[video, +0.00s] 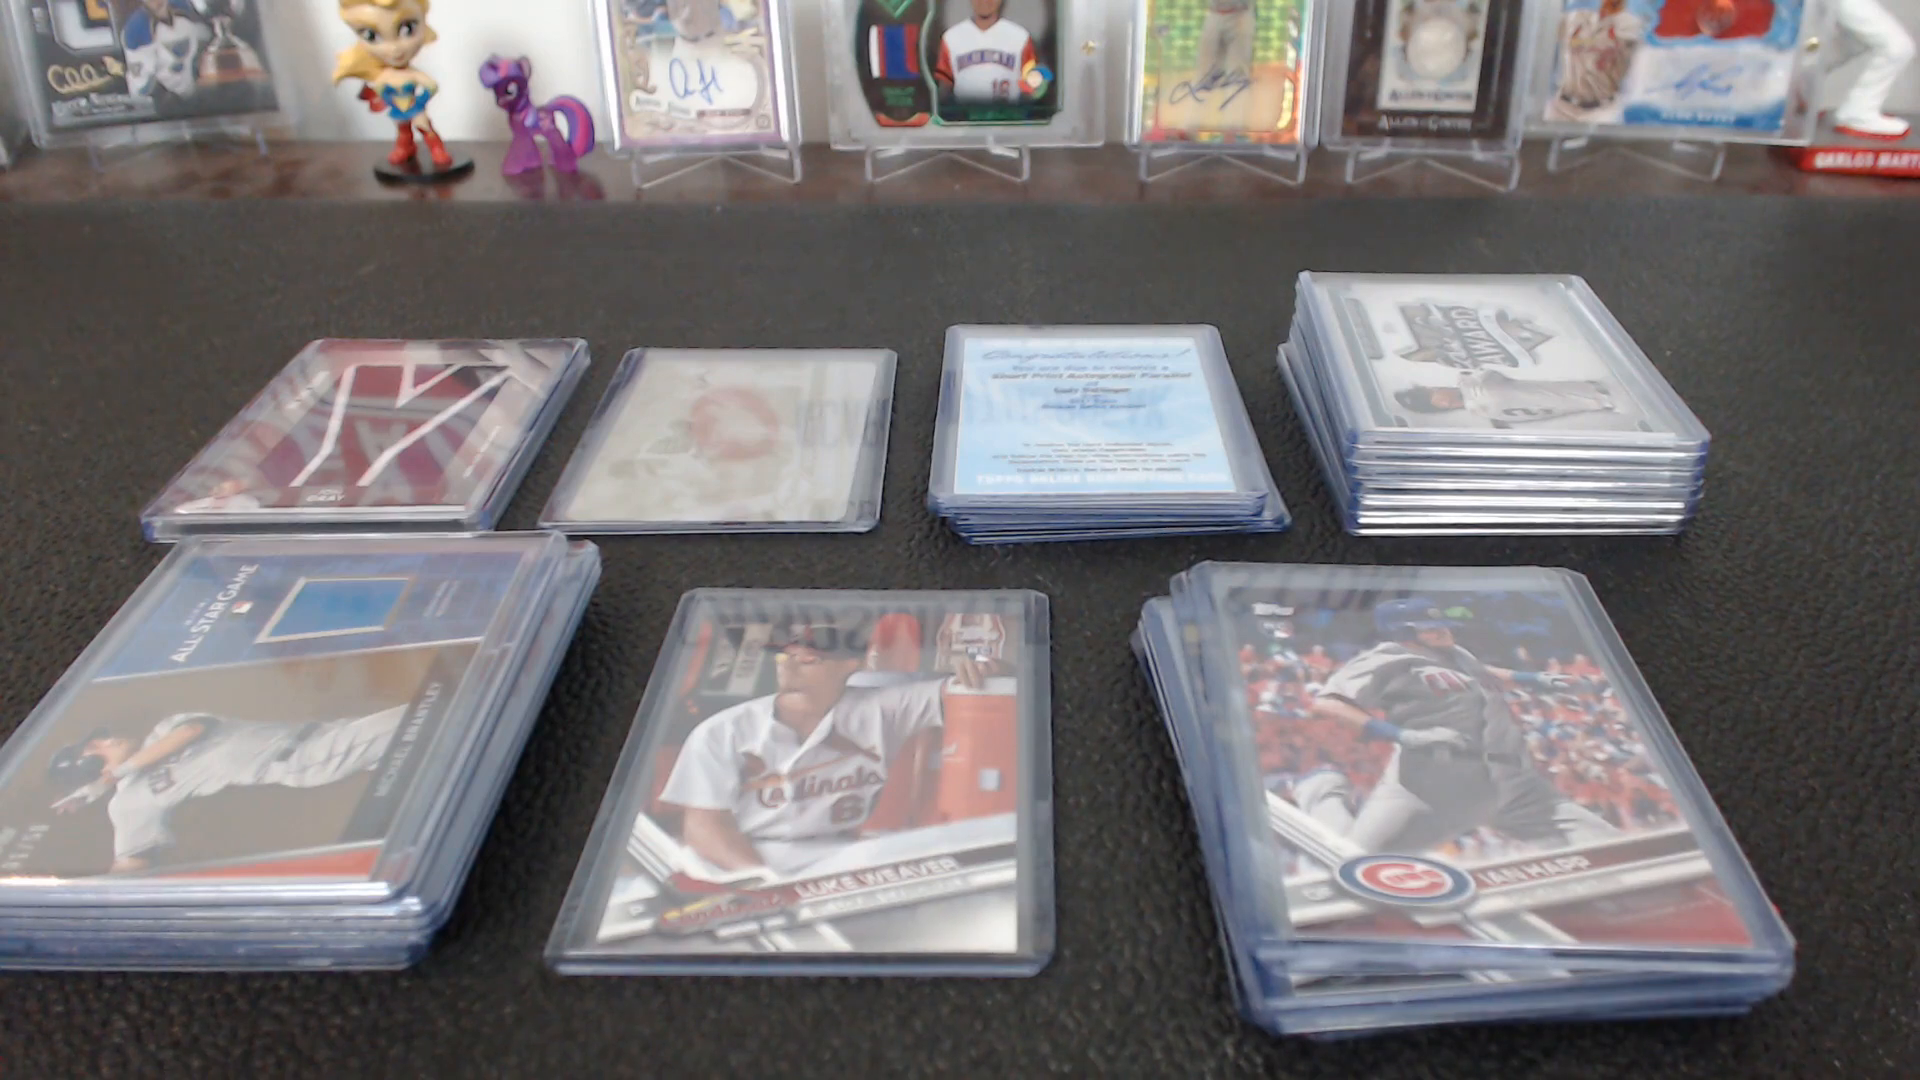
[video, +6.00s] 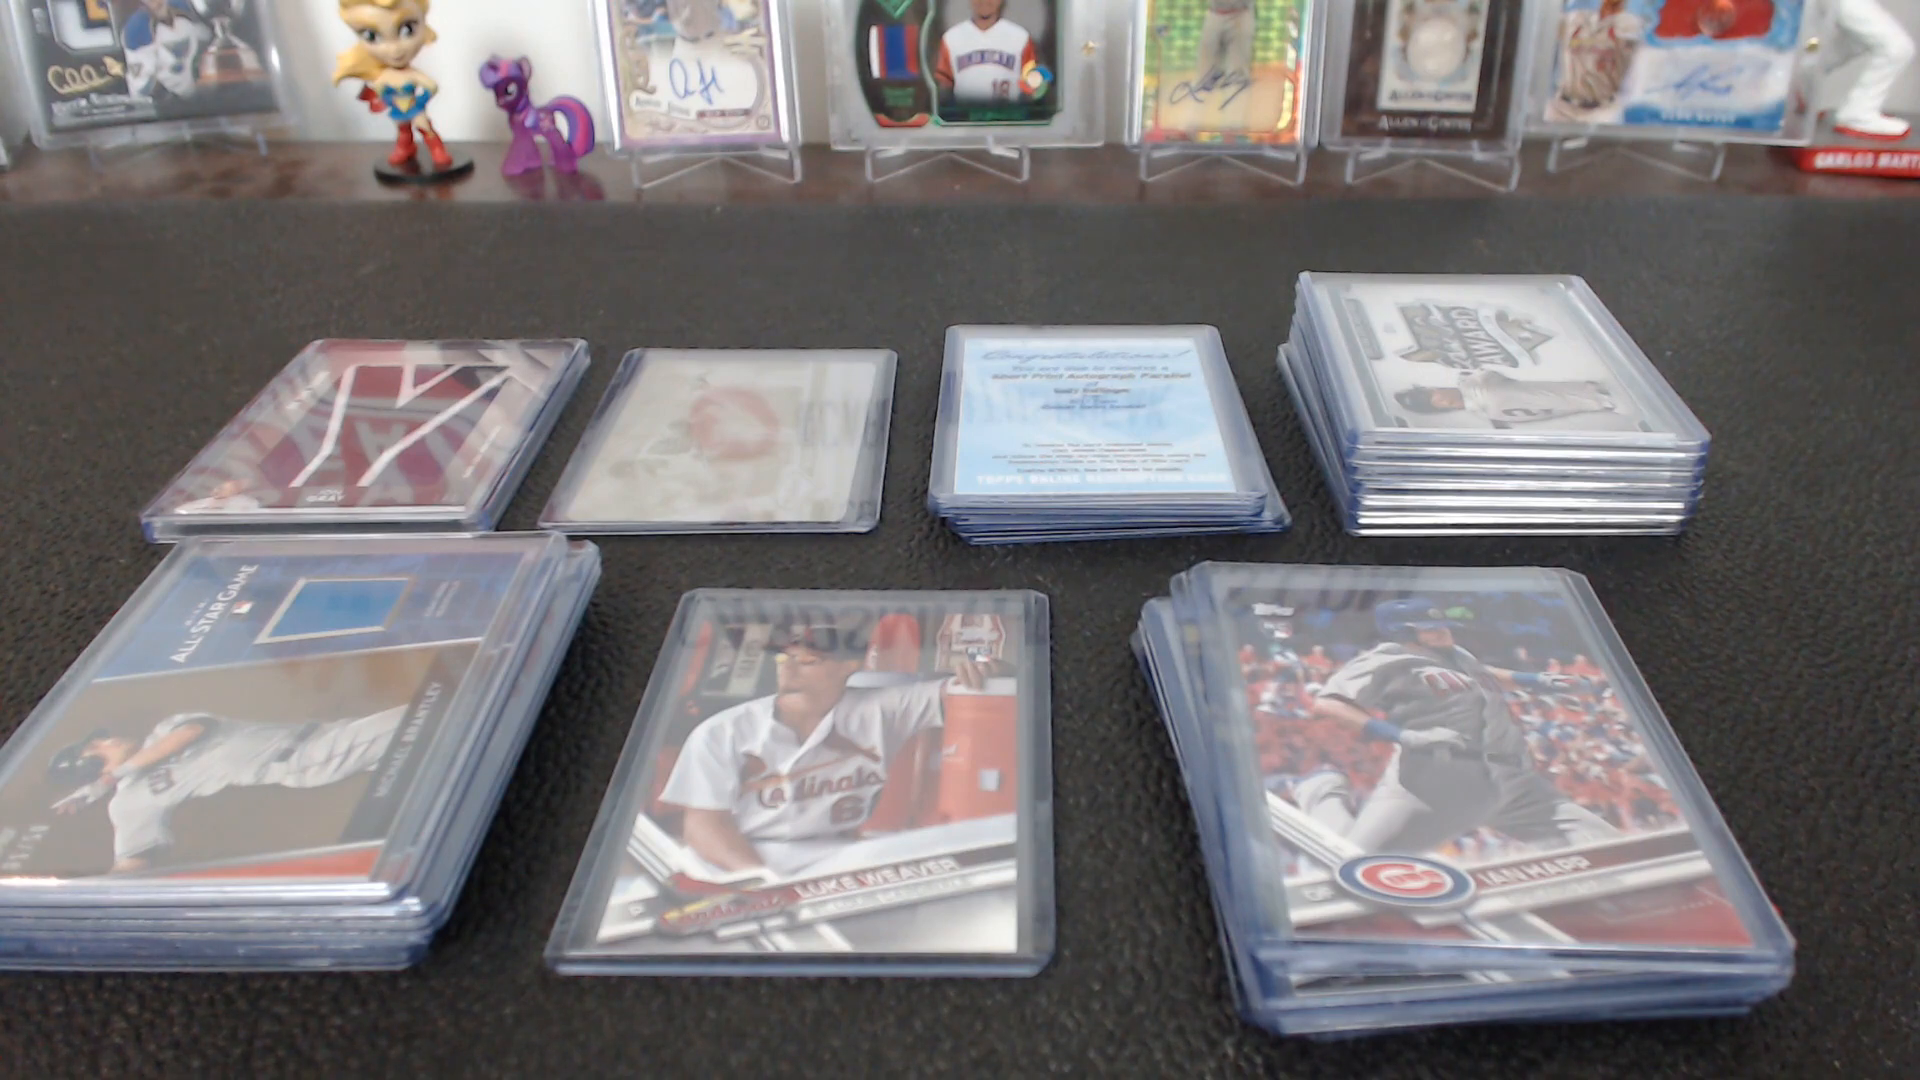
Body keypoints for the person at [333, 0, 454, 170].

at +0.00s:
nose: (393, 49)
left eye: (407, 29)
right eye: (371, 36)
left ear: (424, 26)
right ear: (358, 36)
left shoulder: (414, 75)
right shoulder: (378, 74)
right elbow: (369, 86)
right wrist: (375, 99)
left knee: (421, 121)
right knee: (401, 121)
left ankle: (436, 148)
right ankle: (405, 146)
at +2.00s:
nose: (394, 49)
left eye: (407, 30)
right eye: (371, 36)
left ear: (424, 27)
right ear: (358, 37)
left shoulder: (414, 74)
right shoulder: (377, 74)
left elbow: (427, 86)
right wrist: (375, 100)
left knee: (421, 121)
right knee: (401, 121)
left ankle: (436, 148)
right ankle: (405, 146)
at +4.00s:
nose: (394, 50)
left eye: (407, 30)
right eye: (371, 36)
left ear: (424, 27)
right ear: (358, 37)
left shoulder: (414, 75)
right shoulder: (378, 74)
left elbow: (426, 86)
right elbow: (369, 88)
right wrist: (375, 101)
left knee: (421, 121)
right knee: (401, 121)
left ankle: (436, 148)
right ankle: (405, 147)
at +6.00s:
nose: (394, 50)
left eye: (407, 30)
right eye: (372, 36)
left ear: (424, 29)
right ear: (359, 38)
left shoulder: (414, 75)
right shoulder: (379, 75)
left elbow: (427, 86)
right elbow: (370, 88)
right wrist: (374, 100)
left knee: (422, 123)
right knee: (401, 124)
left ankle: (437, 149)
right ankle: (405, 148)